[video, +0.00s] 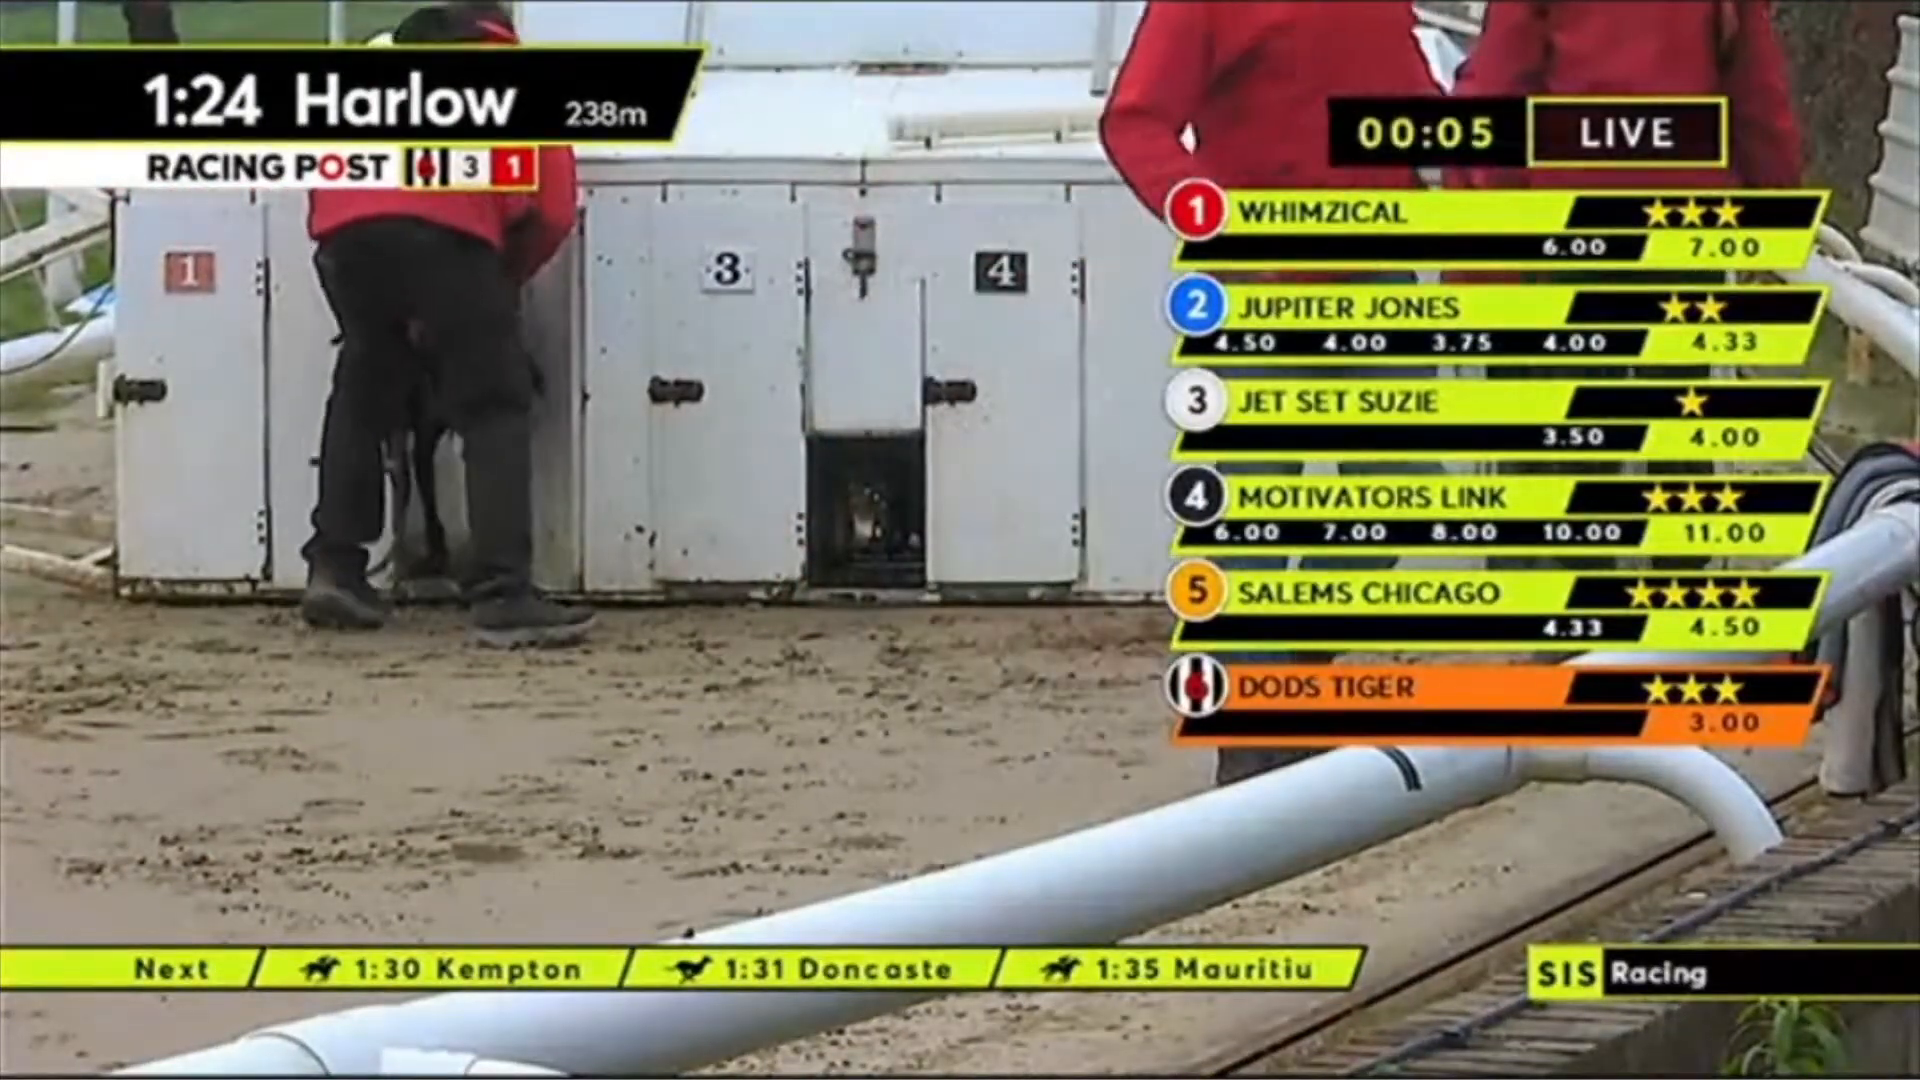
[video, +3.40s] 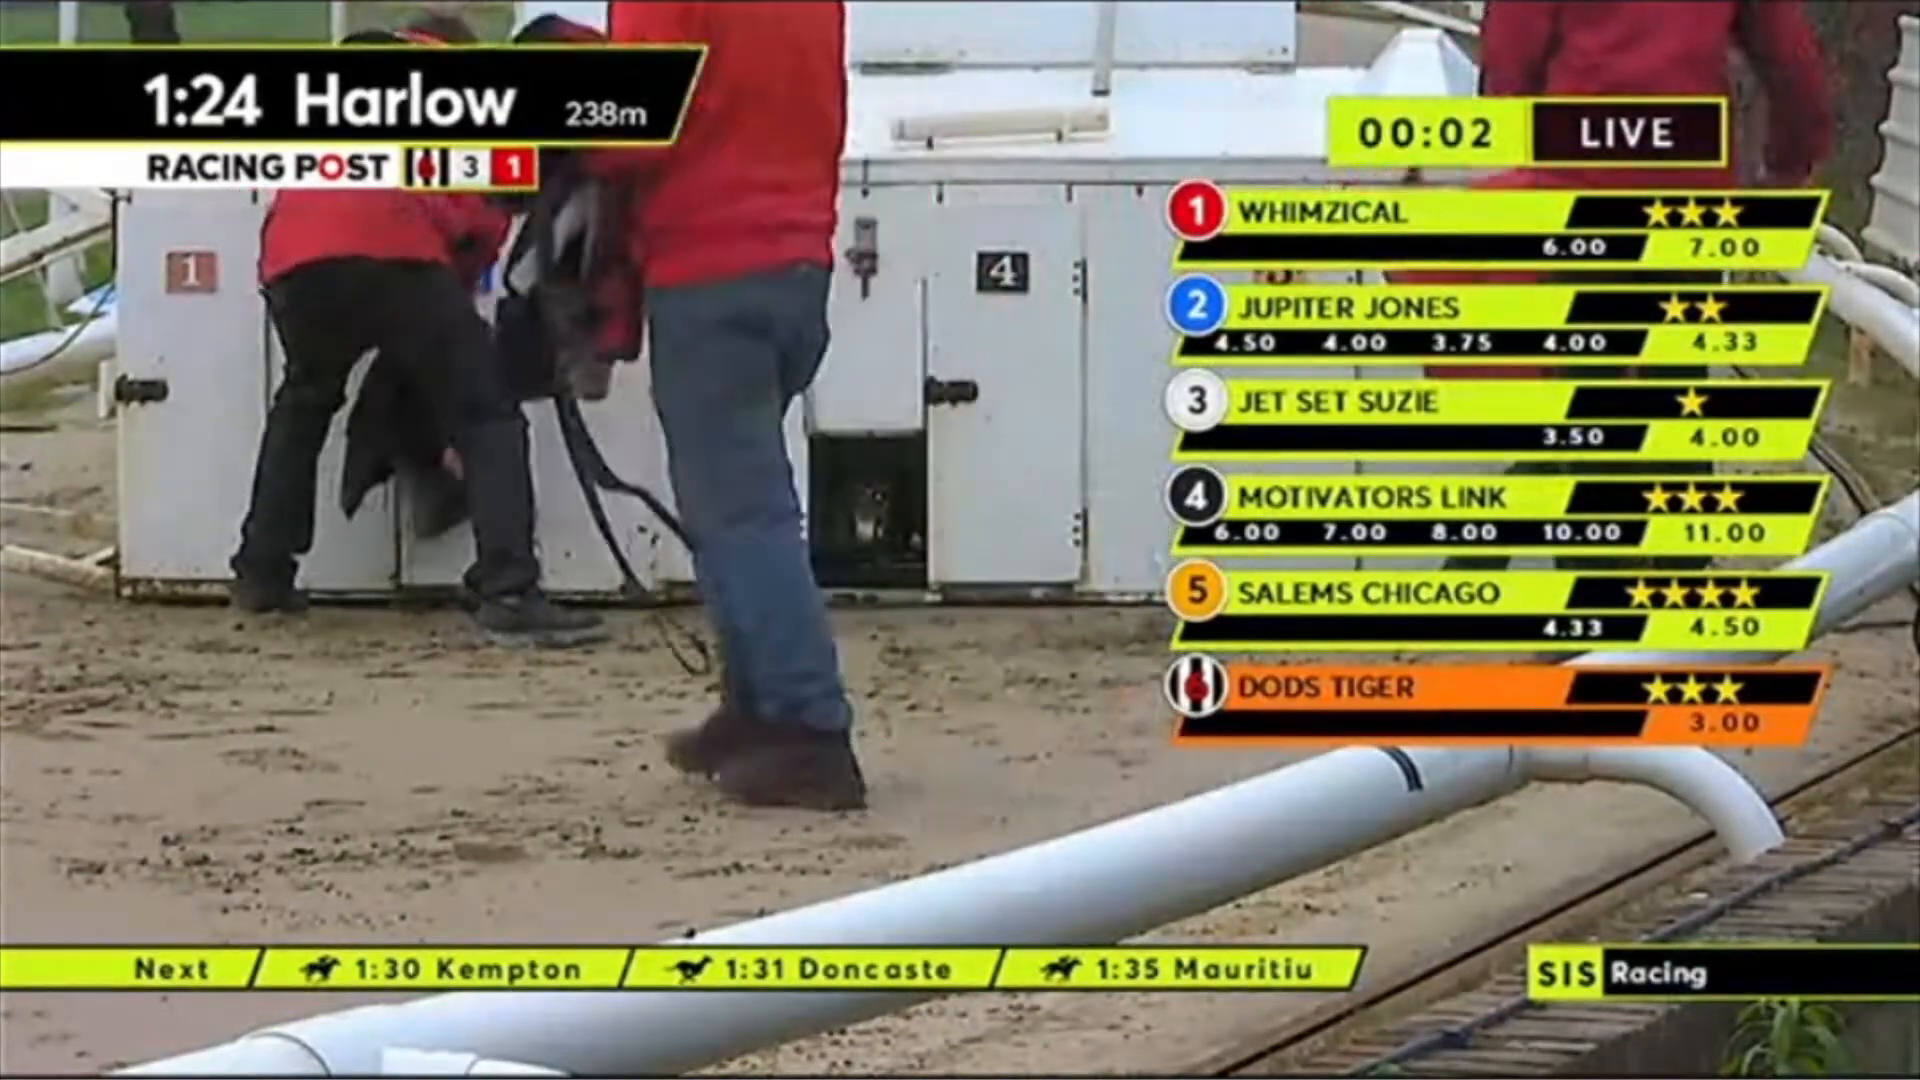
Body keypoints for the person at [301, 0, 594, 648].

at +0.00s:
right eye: (512, 24)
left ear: (423, 24)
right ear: (500, 26)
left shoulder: (367, 65)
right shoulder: (523, 73)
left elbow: (329, 194)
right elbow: (556, 213)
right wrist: (485, 290)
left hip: (345, 232)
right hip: (449, 238)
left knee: (369, 363)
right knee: (494, 404)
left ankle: (333, 570)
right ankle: (504, 591)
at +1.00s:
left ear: (388, 73)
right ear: (471, 83)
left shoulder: (344, 123)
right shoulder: (484, 133)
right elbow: (525, 266)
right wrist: (504, 323)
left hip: (289, 271)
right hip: (391, 273)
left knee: (315, 392)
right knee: (472, 422)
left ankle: (262, 574)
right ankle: (484, 591)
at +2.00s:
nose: (490, 104)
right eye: (485, 91)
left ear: (411, 61)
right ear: (473, 78)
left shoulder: (353, 117)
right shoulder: (468, 128)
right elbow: (515, 218)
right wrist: (583, 309)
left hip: (277, 266)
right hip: (375, 265)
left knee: (326, 391)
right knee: (471, 418)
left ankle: (264, 572)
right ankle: (487, 594)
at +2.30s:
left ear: (400, 43)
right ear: (471, 54)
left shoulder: (348, 89)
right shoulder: (490, 105)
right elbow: (501, 221)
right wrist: (482, 298)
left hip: (280, 267)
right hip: (381, 266)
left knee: (319, 390)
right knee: (467, 419)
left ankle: (263, 575)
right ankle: (489, 594)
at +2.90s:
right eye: (469, 71)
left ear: (409, 29)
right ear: (461, 50)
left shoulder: (330, 61)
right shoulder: (459, 85)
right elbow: (458, 220)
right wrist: (434, 291)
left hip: (259, 244)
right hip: (357, 253)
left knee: (303, 395)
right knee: (415, 416)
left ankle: (262, 574)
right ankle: (424, 585)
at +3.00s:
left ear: (412, 26)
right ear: (461, 43)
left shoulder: (313, 70)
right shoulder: (455, 79)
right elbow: (455, 214)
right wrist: (432, 292)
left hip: (262, 240)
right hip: (365, 245)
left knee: (305, 391)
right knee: (441, 406)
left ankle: (262, 573)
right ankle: (452, 555)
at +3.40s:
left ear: (398, 37)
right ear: (456, 51)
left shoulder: (329, 90)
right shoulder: (462, 93)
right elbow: (487, 214)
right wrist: (465, 276)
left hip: (297, 265)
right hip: (403, 260)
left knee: (307, 393)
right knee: (487, 417)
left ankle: (261, 572)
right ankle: (510, 593)